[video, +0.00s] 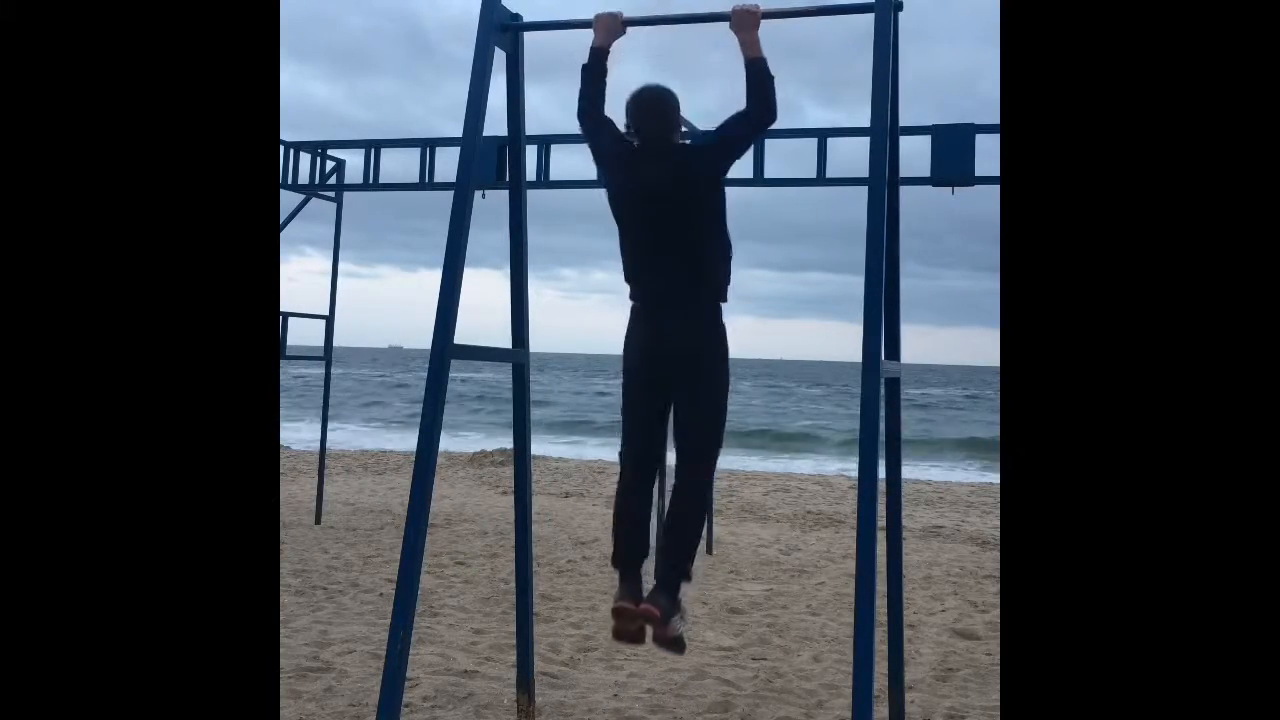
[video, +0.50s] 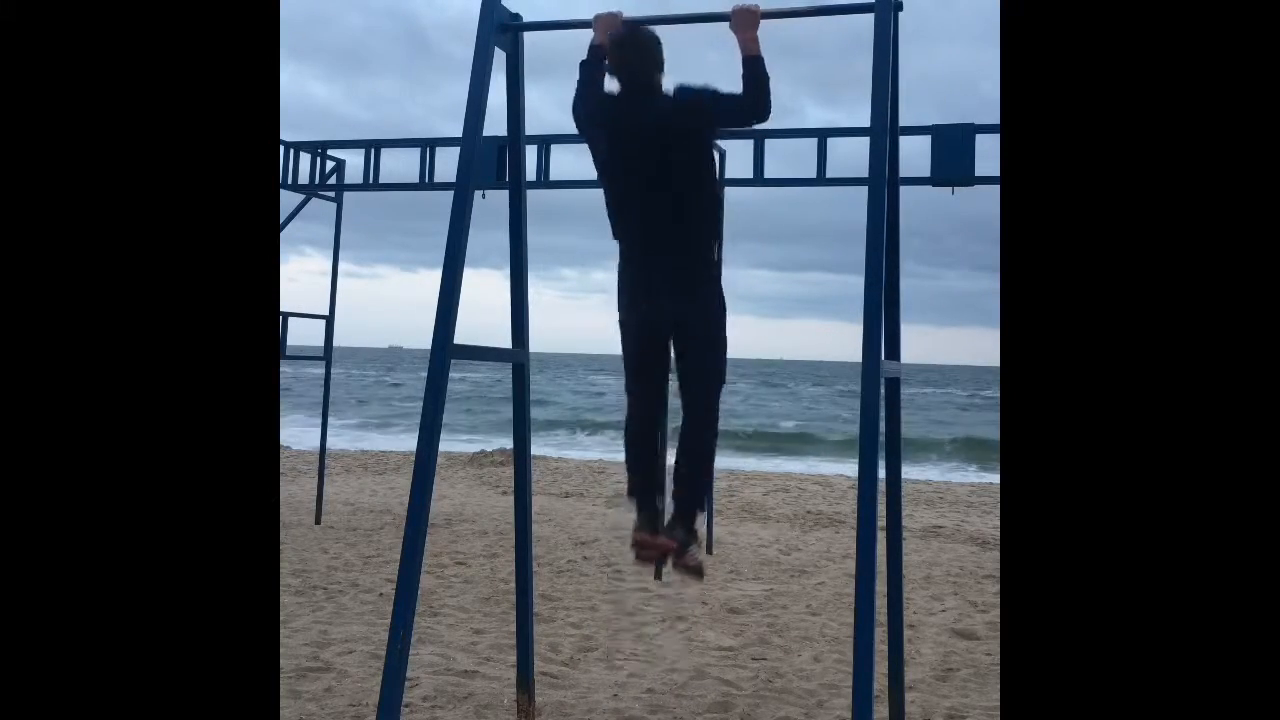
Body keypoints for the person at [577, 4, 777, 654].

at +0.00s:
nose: (682, 122)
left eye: (672, 116)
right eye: (680, 115)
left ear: (630, 127)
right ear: (680, 122)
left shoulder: (618, 164)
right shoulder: (707, 159)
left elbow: (590, 111)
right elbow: (761, 111)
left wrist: (600, 44)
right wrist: (750, 41)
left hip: (645, 330)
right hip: (701, 330)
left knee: (638, 462)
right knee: (694, 471)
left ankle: (630, 590)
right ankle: (665, 597)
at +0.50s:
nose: (646, 71)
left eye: (622, 61)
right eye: (653, 60)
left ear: (614, 69)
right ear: (660, 66)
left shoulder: (600, 118)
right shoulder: (692, 108)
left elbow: (587, 94)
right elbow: (756, 106)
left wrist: (597, 43)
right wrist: (749, 40)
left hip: (638, 284)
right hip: (697, 282)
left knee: (643, 401)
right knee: (701, 406)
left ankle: (648, 521)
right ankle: (682, 527)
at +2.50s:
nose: (683, 122)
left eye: (674, 117)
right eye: (680, 116)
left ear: (631, 130)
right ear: (678, 124)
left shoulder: (620, 167)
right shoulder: (707, 161)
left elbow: (592, 114)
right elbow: (760, 111)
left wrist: (600, 46)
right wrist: (751, 43)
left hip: (646, 330)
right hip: (701, 332)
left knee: (639, 460)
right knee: (695, 469)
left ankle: (631, 592)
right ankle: (666, 600)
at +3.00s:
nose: (640, 75)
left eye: (622, 67)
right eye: (651, 66)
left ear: (613, 75)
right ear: (659, 73)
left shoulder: (600, 125)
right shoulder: (692, 114)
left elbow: (589, 91)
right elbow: (754, 106)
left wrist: (599, 43)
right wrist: (749, 43)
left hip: (634, 288)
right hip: (692, 287)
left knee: (639, 410)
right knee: (696, 413)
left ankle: (642, 531)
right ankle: (678, 538)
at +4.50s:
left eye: (618, 4)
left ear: (618, 3)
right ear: (664, 1)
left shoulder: (599, 41)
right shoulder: (693, 34)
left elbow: (564, 99)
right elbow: (762, 88)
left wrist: (594, 33)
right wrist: (750, 36)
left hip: (634, 206)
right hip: (693, 203)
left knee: (651, 324)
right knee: (710, 321)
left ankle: (668, 445)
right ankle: (706, 448)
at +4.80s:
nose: (657, 45)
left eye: (638, 34)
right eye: (661, 35)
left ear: (622, 46)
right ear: (668, 44)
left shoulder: (603, 94)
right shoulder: (697, 86)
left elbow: (571, 104)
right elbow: (770, 101)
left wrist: (597, 43)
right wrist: (754, 41)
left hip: (639, 261)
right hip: (698, 259)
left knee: (650, 381)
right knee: (707, 381)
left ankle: (662, 503)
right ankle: (700, 504)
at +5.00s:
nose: (677, 114)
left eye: (663, 108)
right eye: (677, 108)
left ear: (627, 119)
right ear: (676, 114)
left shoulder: (614, 157)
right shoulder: (704, 149)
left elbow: (589, 109)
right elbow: (762, 109)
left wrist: (599, 46)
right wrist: (751, 45)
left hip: (645, 324)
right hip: (702, 324)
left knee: (643, 454)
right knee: (699, 460)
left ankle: (639, 578)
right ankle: (678, 587)